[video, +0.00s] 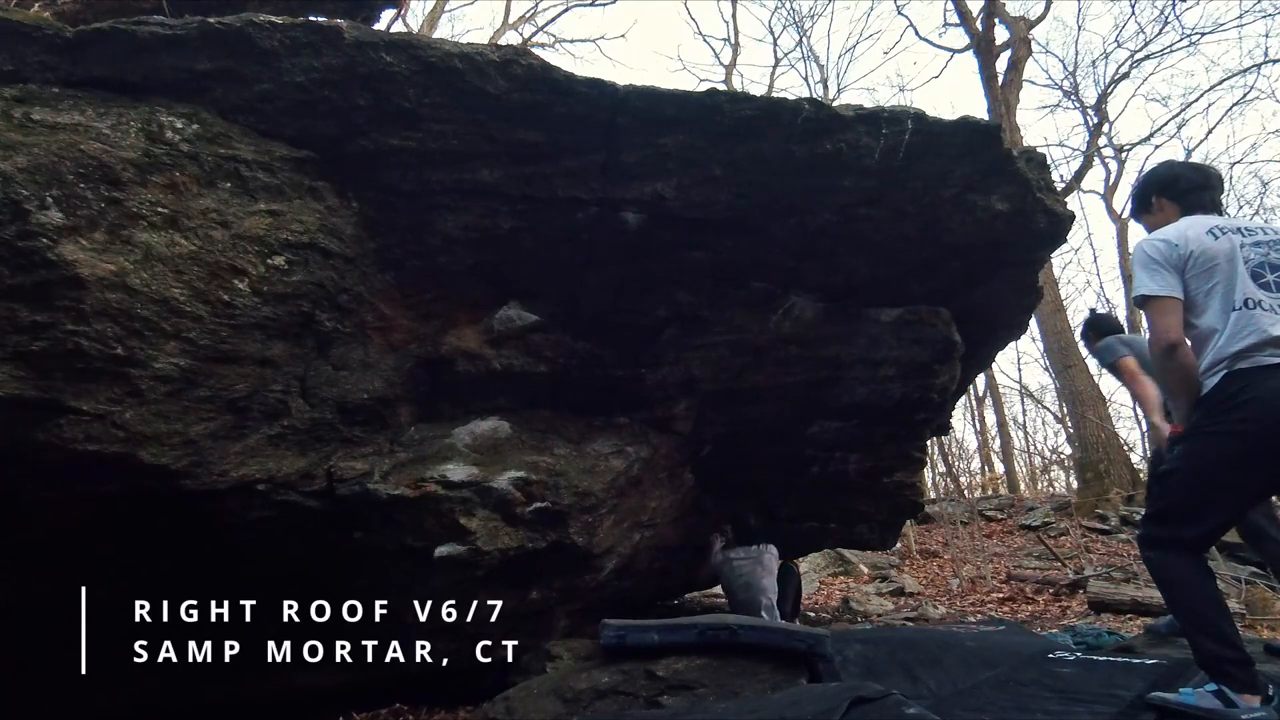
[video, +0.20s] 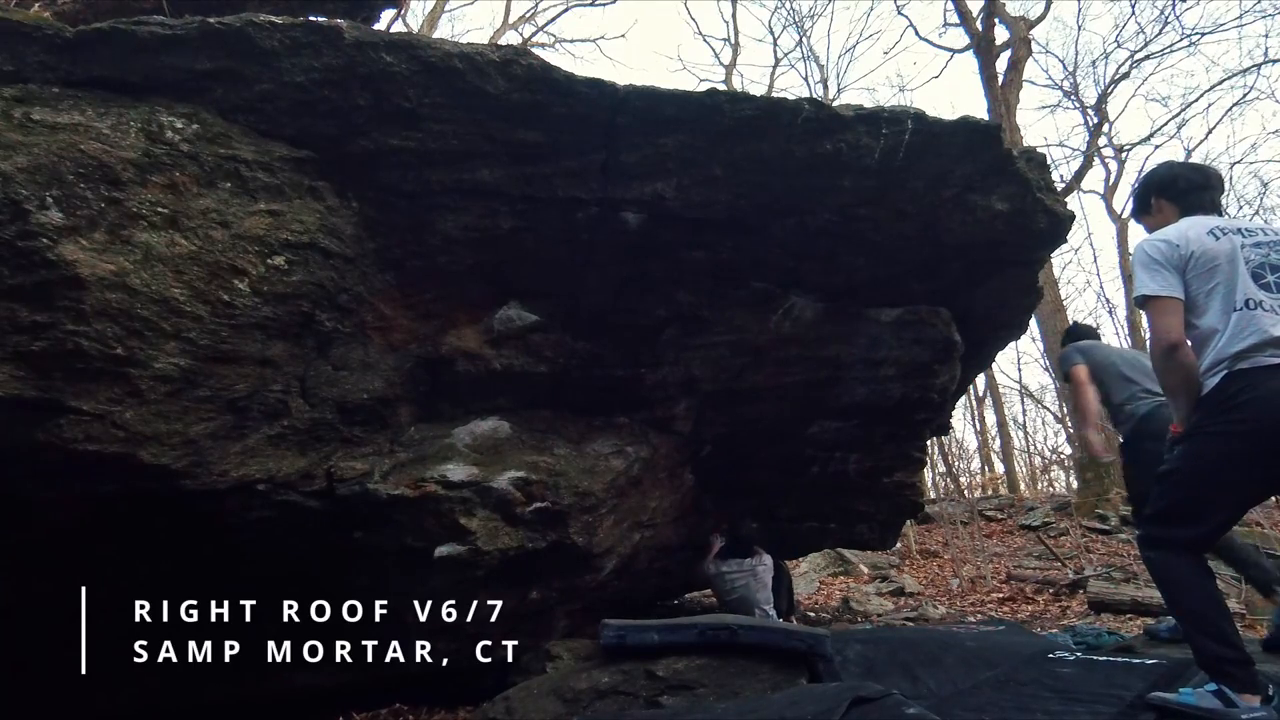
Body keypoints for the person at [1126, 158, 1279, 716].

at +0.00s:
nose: (1146, 225)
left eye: (1146, 215)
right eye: (1144, 217)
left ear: (1164, 205)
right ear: (1211, 202)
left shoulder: (1162, 242)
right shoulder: (1263, 231)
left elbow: (1169, 343)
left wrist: (1185, 416)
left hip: (1251, 389)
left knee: (1166, 536)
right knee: (1247, 502)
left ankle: (1236, 685)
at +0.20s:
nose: (1145, 229)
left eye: (1145, 217)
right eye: (1144, 219)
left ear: (1163, 205)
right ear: (1210, 203)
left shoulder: (1163, 243)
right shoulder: (1264, 233)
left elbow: (1170, 343)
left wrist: (1185, 418)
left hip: (1254, 392)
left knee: (1165, 533)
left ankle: (1235, 684)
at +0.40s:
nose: (1148, 226)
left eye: (1146, 217)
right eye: (1145, 218)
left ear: (1161, 210)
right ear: (1214, 203)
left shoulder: (1162, 244)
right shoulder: (1265, 233)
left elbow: (1171, 344)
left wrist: (1188, 421)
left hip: (1254, 394)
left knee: (1165, 533)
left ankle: (1237, 685)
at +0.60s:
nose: (1148, 225)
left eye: (1147, 217)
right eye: (1146, 218)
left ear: (1160, 211)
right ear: (1216, 204)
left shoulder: (1162, 246)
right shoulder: (1266, 234)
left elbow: (1170, 345)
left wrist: (1192, 423)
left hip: (1252, 394)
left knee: (1166, 538)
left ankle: (1236, 684)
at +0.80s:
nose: (1150, 226)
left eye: (1149, 217)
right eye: (1147, 218)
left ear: (1164, 210)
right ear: (1218, 205)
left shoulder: (1162, 246)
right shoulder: (1267, 235)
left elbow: (1170, 344)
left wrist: (1185, 421)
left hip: (1252, 396)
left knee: (1168, 538)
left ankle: (1236, 683)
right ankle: (1236, 680)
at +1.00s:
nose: (1149, 228)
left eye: (1149, 218)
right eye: (1148, 219)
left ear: (1166, 210)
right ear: (1218, 206)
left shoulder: (1164, 246)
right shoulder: (1267, 236)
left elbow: (1170, 345)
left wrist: (1184, 421)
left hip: (1252, 397)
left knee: (1166, 538)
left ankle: (1236, 683)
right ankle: (1236, 680)